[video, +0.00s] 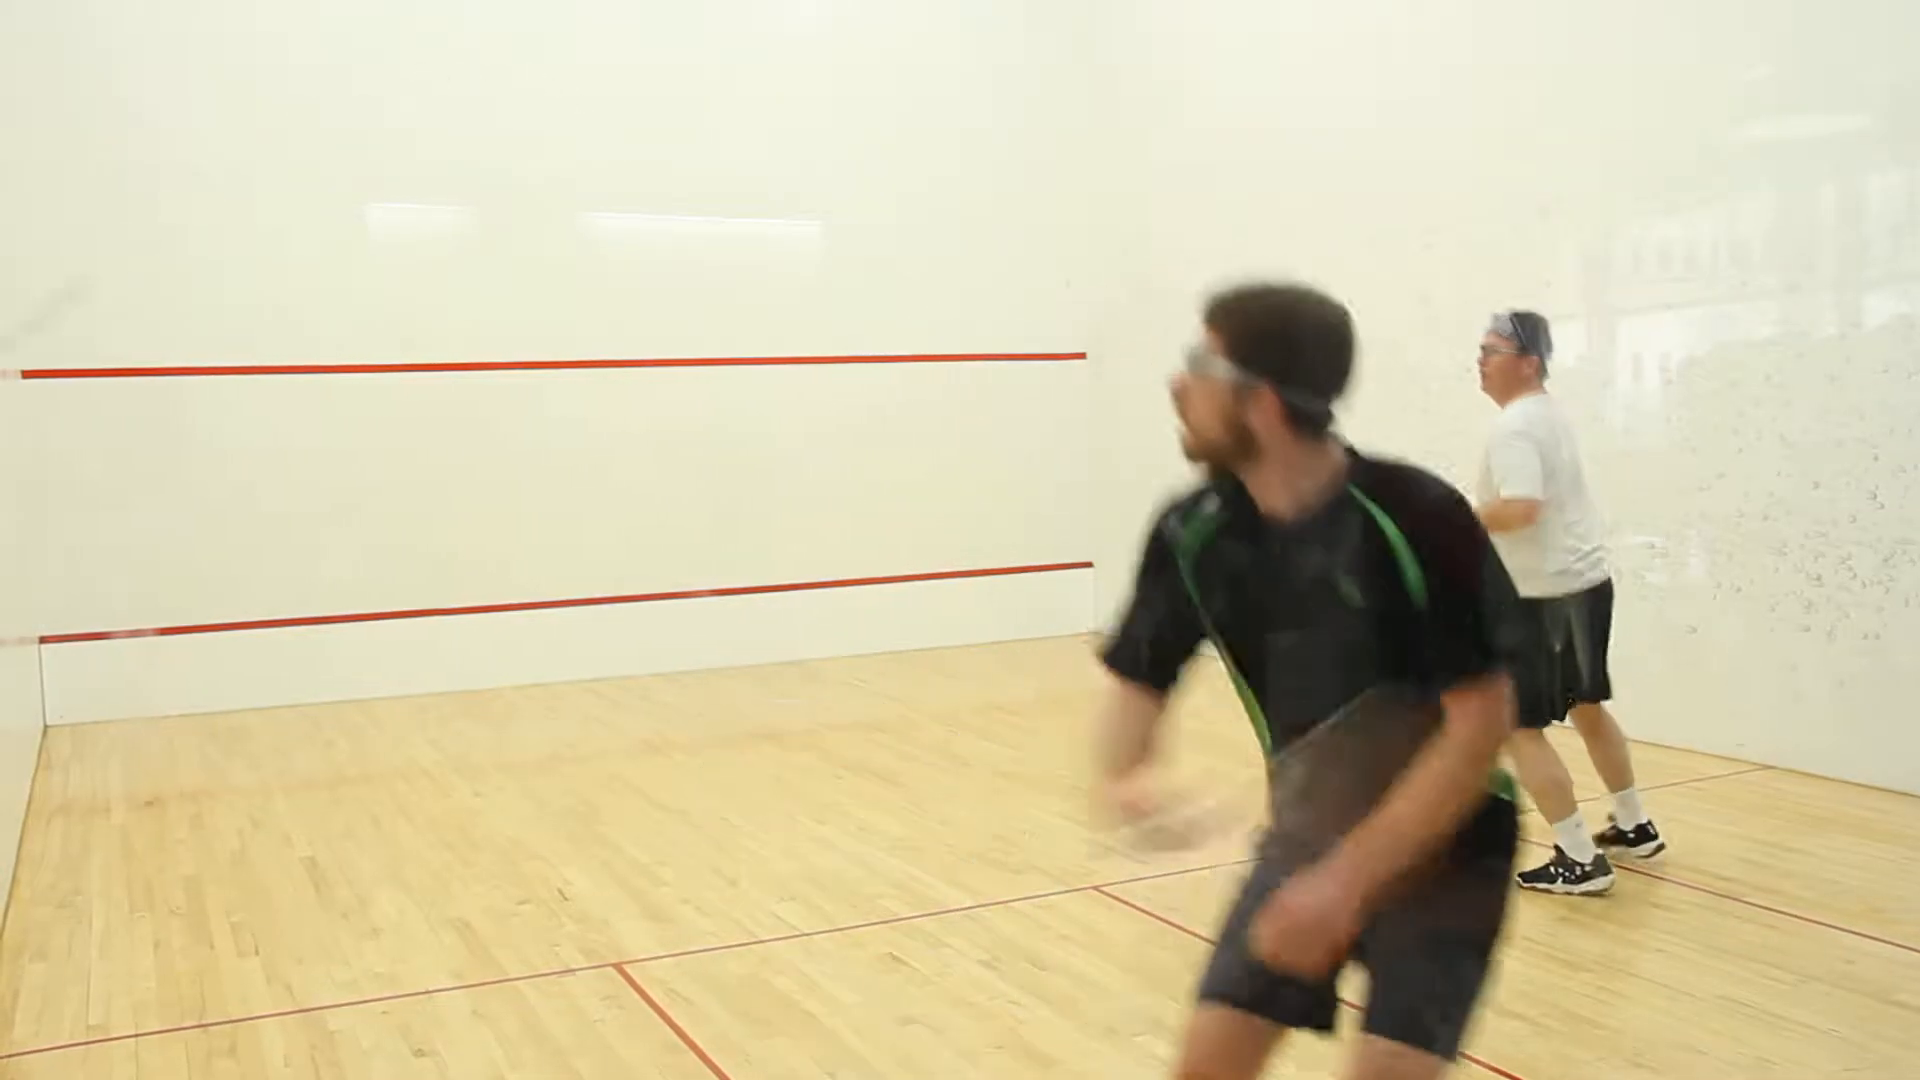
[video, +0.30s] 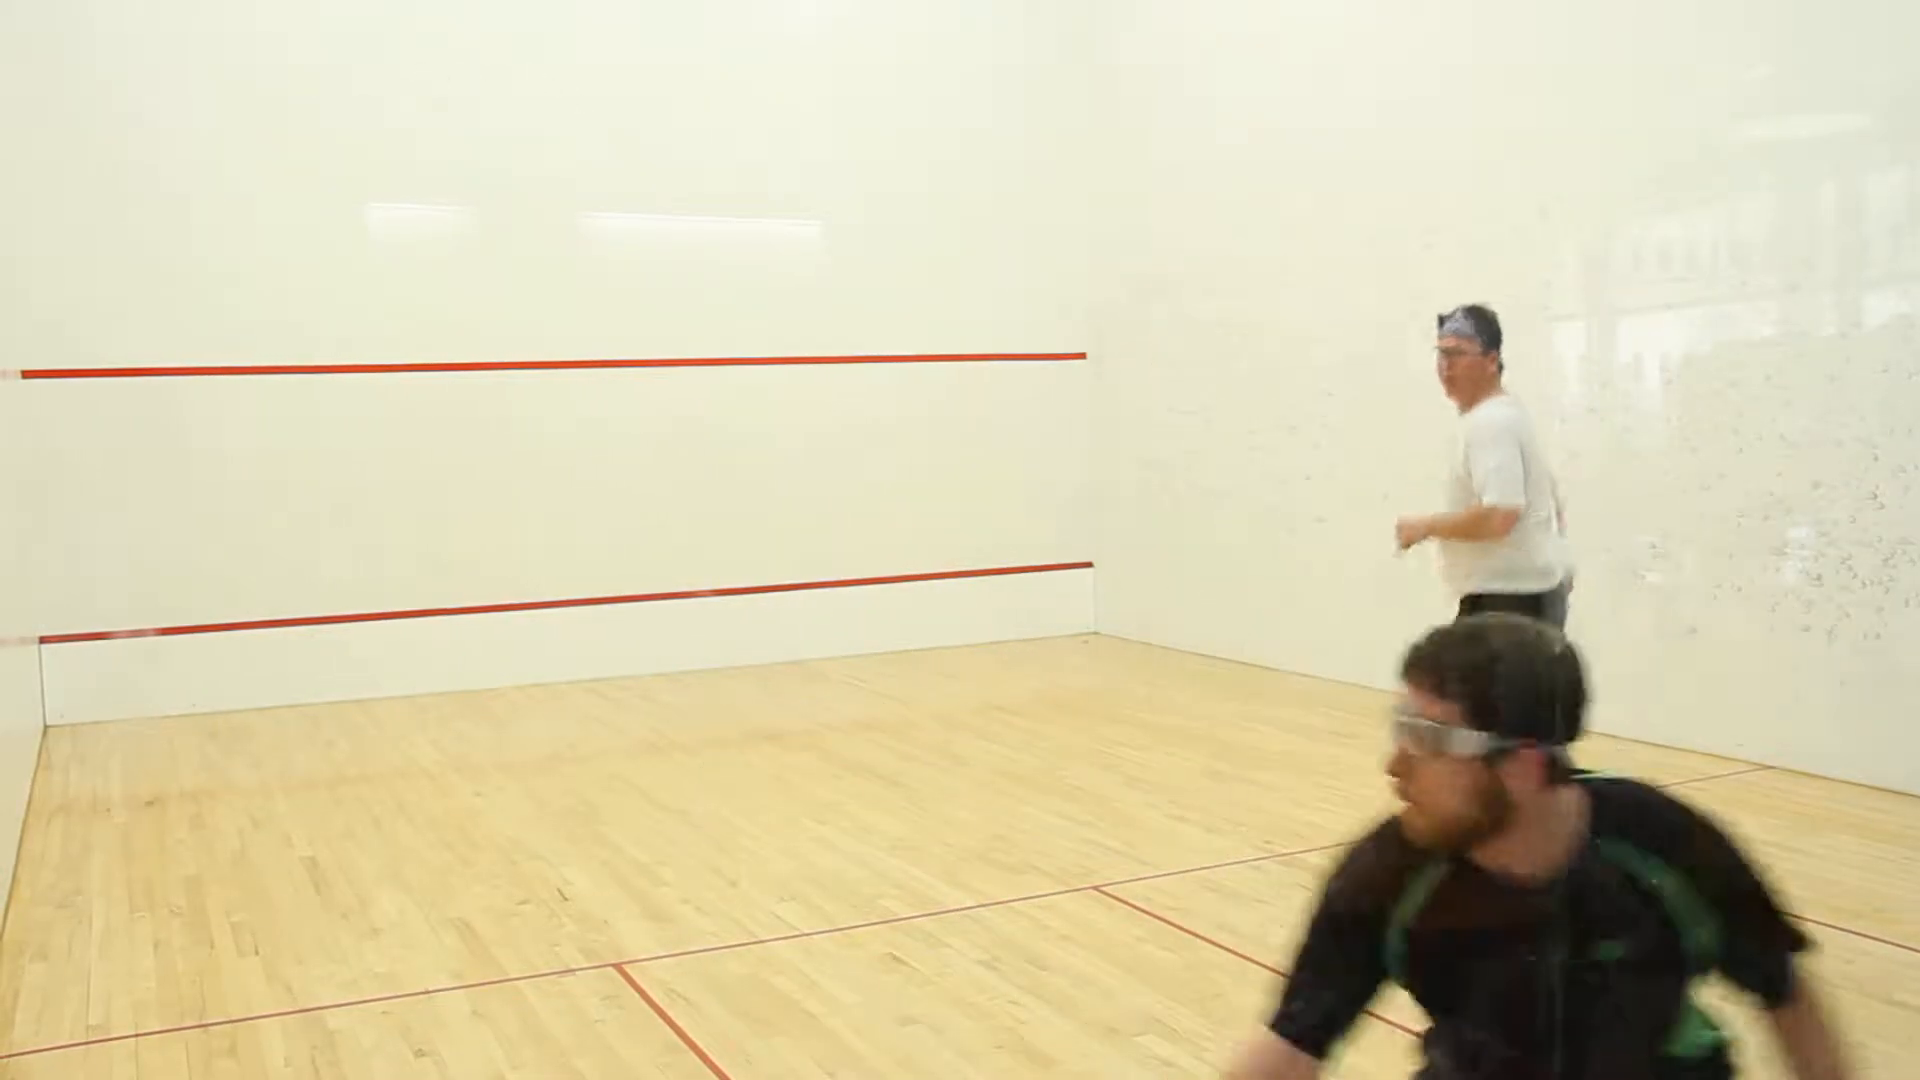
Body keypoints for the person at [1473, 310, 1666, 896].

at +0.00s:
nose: (1479, 363)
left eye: (1490, 352)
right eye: (1481, 351)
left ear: (1528, 363)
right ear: (1527, 365)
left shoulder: (1517, 426)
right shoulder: (1550, 415)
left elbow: (1522, 509)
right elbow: (1547, 501)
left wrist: (1464, 523)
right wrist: (1480, 514)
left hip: (1545, 594)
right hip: (1585, 584)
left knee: (1520, 725)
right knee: (1586, 703)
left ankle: (1578, 856)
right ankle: (1634, 823)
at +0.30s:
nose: (1444, 367)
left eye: (1456, 355)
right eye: (1441, 355)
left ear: (1491, 361)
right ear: (1435, 356)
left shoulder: (1490, 421)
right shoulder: (1509, 414)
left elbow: (1499, 516)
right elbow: (1550, 505)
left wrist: (1426, 527)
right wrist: (1558, 569)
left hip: (1504, 601)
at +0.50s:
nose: (1373, 382)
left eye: (1383, 370)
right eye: (1374, 370)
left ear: (1421, 377)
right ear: (1423, 379)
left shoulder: (1433, 439)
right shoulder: (1444, 436)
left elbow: (1431, 535)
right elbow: (1446, 533)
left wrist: (1375, 564)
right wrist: (1394, 563)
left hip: (1440, 623)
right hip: (1474, 620)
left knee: (1400, 758)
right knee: (1492, 751)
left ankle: (1452, 906)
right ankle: (1569, 851)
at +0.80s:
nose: (1255, 423)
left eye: (1260, 411)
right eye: (1257, 410)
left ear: (1280, 414)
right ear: (1310, 416)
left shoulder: (1297, 474)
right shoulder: (1334, 473)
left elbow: (1294, 565)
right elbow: (1344, 589)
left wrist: (1242, 608)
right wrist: (1285, 656)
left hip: (1334, 657)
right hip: (1364, 658)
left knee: (1247, 781)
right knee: (1275, 767)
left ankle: (1300, 943)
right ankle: (1322, 885)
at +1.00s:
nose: (1153, 448)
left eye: (1162, 437)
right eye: (1155, 436)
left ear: (1194, 444)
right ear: (1189, 443)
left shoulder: (1228, 502)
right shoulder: (1179, 514)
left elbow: (1303, 549)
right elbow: (1151, 598)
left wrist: (1268, 643)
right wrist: (1102, 669)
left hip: (1248, 702)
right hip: (1224, 695)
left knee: (1116, 799)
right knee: (1223, 791)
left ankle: (1178, 951)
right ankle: (1316, 887)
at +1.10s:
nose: (1089, 441)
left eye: (1102, 429)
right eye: (1091, 428)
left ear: (1140, 437)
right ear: (1121, 437)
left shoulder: (1195, 508)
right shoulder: (1097, 509)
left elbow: (1282, 575)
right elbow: (1072, 597)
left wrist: (1222, 662)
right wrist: (1046, 684)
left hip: (1187, 713)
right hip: (1125, 707)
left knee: (1097, 847)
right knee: (1151, 821)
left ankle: (1162, 952)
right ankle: (1257, 860)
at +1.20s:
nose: (1008, 459)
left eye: (1022, 446)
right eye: (1009, 446)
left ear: (1060, 453)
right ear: (1034, 455)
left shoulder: (1135, 531)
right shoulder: (1011, 527)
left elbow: (1176, 644)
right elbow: (988, 627)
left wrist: (1073, 678)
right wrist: (998, 710)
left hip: (1136, 723)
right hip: (1052, 717)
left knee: (1084, 872)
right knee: (994, 842)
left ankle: (1155, 947)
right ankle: (1106, 873)